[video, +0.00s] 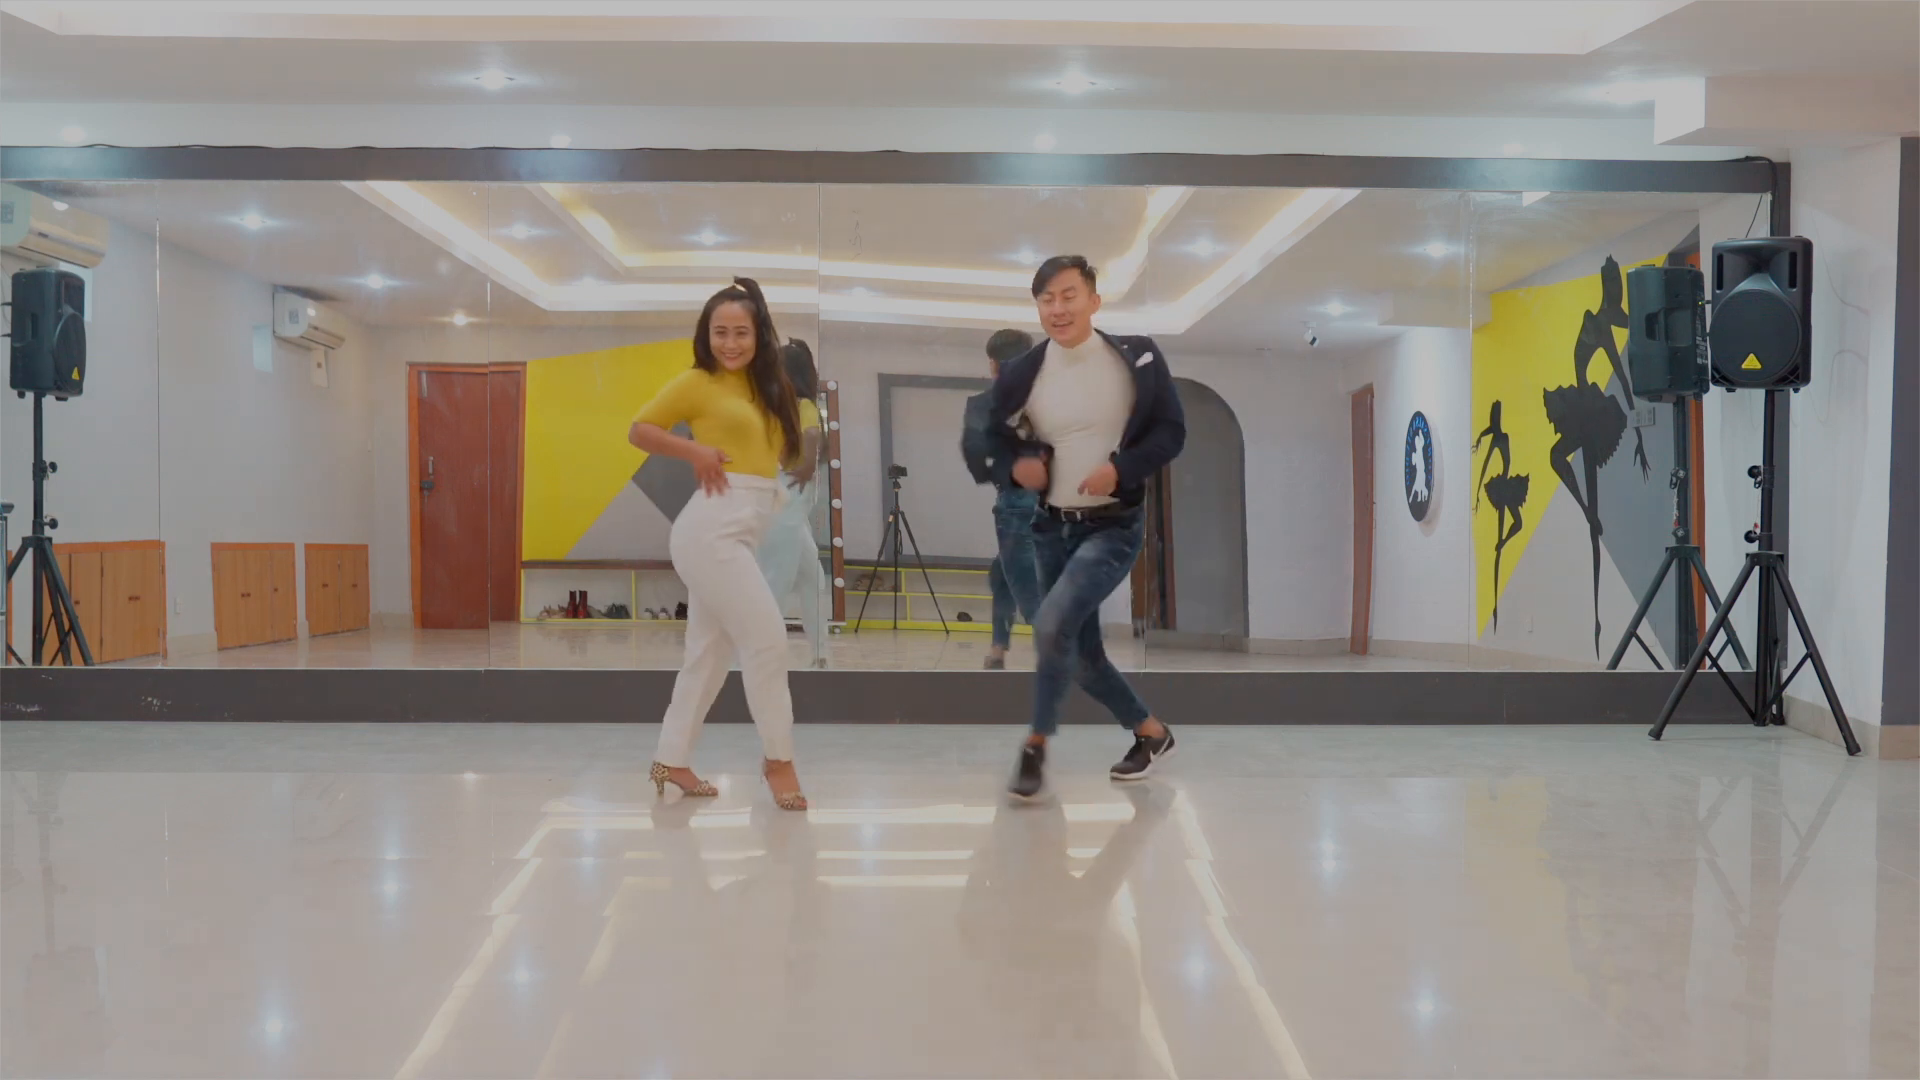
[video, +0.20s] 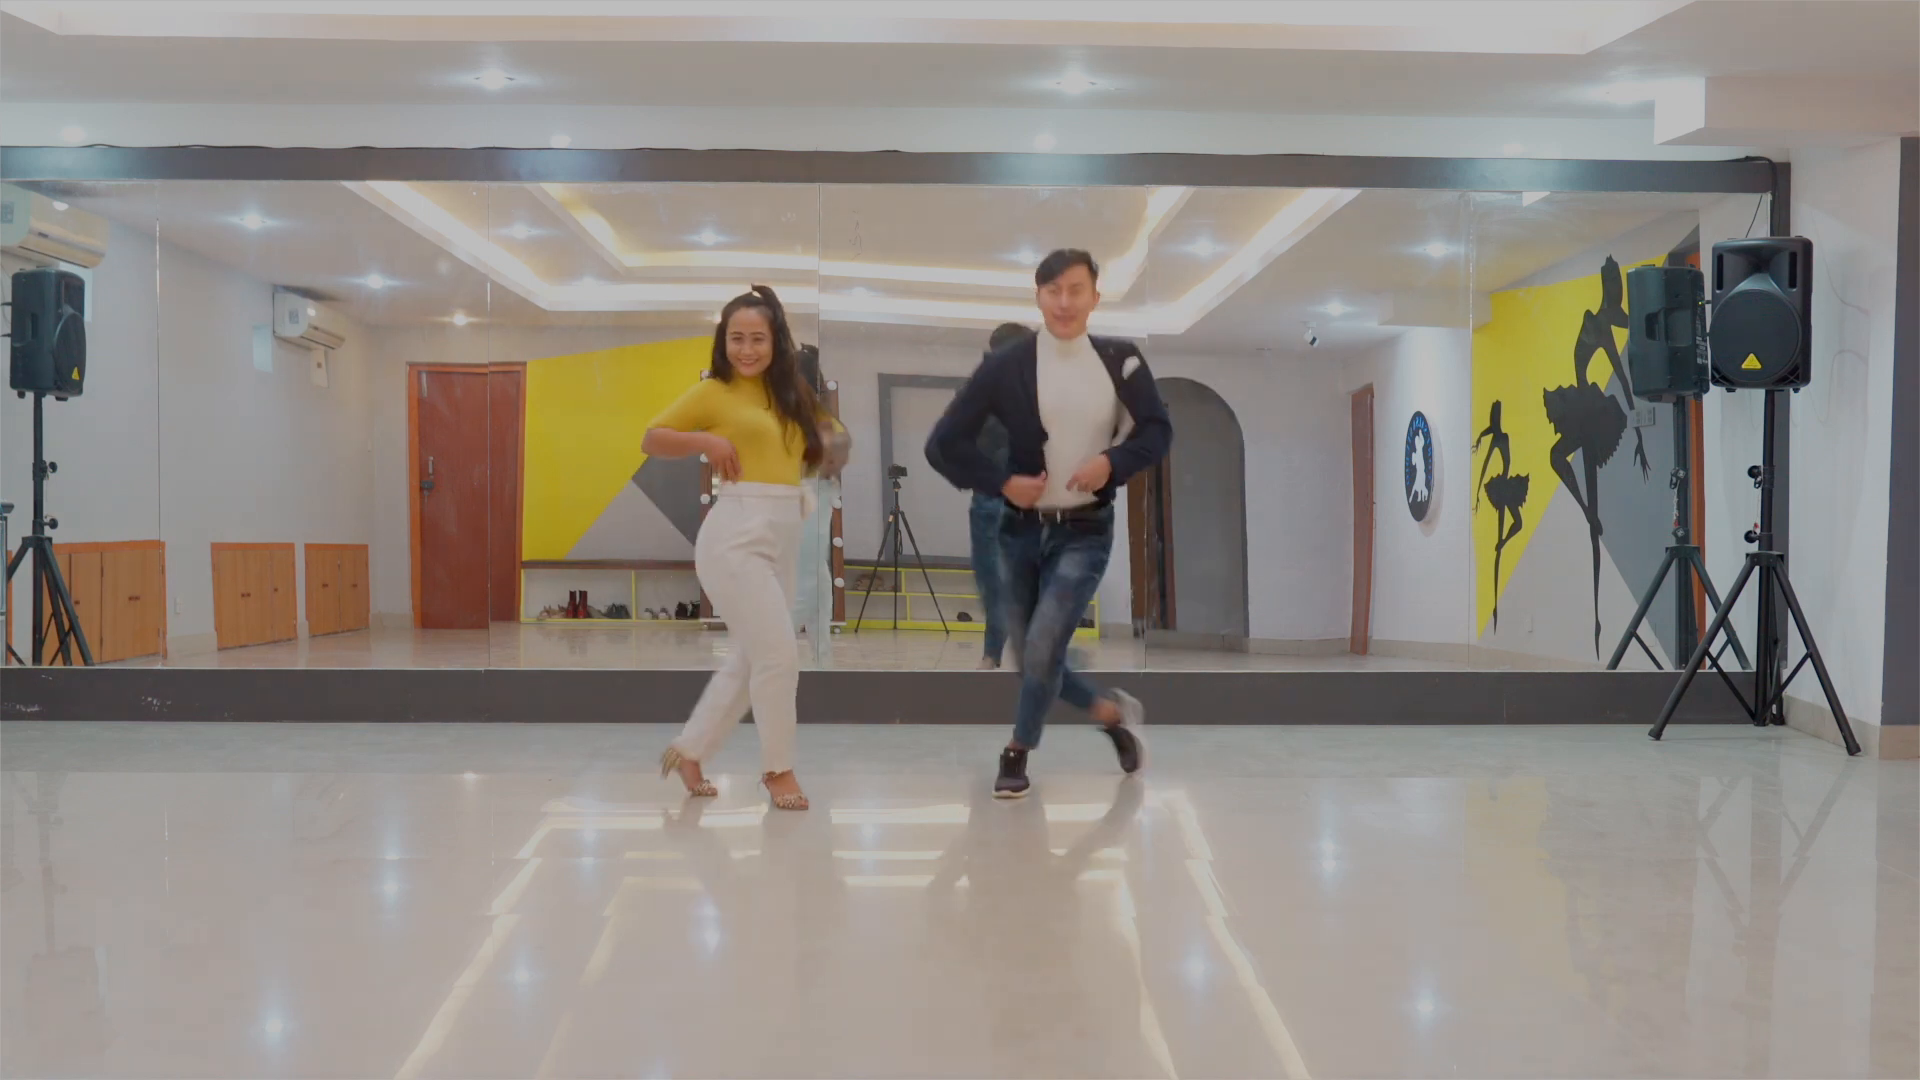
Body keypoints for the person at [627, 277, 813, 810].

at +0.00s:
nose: (730, 341)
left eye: (742, 331)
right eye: (720, 331)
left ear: (759, 336)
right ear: (707, 336)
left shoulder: (765, 390)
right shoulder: (697, 383)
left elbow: (782, 451)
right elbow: (641, 430)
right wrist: (695, 451)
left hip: (743, 532)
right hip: (708, 529)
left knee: (707, 652)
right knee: (766, 637)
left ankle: (671, 760)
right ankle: (780, 762)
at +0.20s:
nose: (746, 347)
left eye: (758, 338)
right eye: (736, 337)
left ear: (776, 343)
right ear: (724, 342)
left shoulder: (787, 396)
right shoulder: (714, 391)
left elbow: (823, 443)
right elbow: (652, 439)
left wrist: (825, 447)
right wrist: (708, 442)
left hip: (783, 536)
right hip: (735, 533)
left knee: (751, 656)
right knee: (776, 651)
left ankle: (688, 751)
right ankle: (779, 771)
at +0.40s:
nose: (759, 342)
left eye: (771, 332)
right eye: (749, 331)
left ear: (789, 337)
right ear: (736, 335)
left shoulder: (811, 387)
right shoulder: (717, 386)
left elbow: (866, 431)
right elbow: (652, 425)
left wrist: (856, 411)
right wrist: (693, 408)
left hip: (806, 534)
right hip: (740, 533)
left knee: (819, 645)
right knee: (763, 649)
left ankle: (758, 702)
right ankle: (776, 771)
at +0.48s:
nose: (763, 335)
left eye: (775, 326)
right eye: (754, 325)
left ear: (793, 332)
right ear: (740, 329)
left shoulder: (815, 382)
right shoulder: (723, 382)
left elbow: (871, 426)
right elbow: (653, 407)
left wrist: (850, 386)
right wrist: (692, 385)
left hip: (809, 522)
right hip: (744, 524)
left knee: (801, 621)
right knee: (762, 652)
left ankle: (801, 669)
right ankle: (779, 770)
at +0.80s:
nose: (768, 338)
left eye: (780, 329)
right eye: (758, 327)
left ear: (797, 335)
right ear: (745, 333)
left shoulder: (811, 386)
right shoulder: (723, 382)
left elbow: (873, 417)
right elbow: (654, 395)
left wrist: (857, 354)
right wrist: (691, 347)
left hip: (809, 523)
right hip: (750, 527)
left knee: (740, 602)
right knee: (767, 655)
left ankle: (765, 710)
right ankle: (798, 768)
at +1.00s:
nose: (763, 348)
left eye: (775, 339)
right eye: (753, 338)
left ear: (793, 347)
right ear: (740, 344)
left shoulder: (805, 401)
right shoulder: (717, 404)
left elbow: (854, 407)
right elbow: (651, 428)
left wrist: (888, 354)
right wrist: (650, 369)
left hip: (785, 544)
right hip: (723, 544)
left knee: (746, 663)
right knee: (739, 667)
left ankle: (715, 781)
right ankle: (795, 769)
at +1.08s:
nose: (760, 346)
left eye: (772, 338)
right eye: (751, 336)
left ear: (790, 347)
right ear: (737, 341)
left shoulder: (796, 403)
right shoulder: (710, 403)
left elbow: (848, 412)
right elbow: (651, 446)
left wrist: (897, 363)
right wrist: (619, 394)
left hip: (772, 543)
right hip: (711, 542)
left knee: (742, 669)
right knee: (716, 671)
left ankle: (717, 786)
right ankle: (786, 762)